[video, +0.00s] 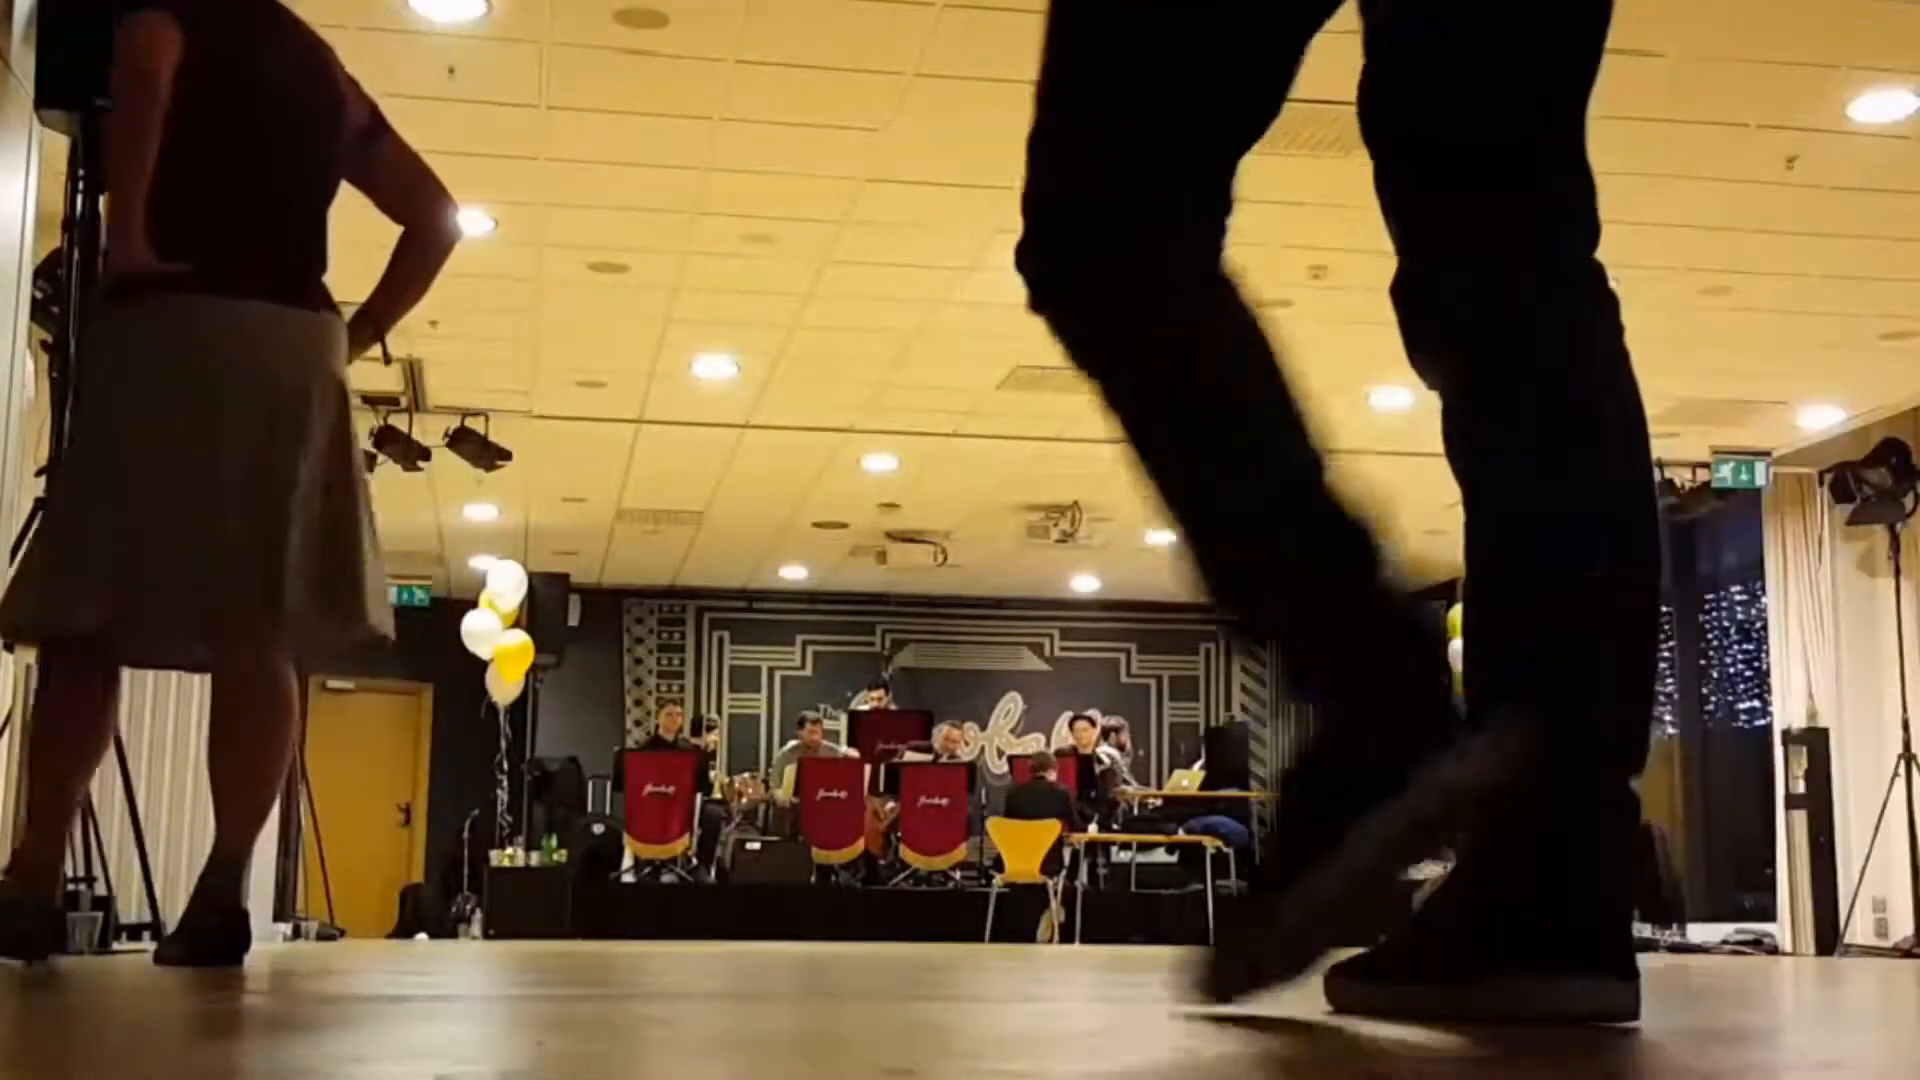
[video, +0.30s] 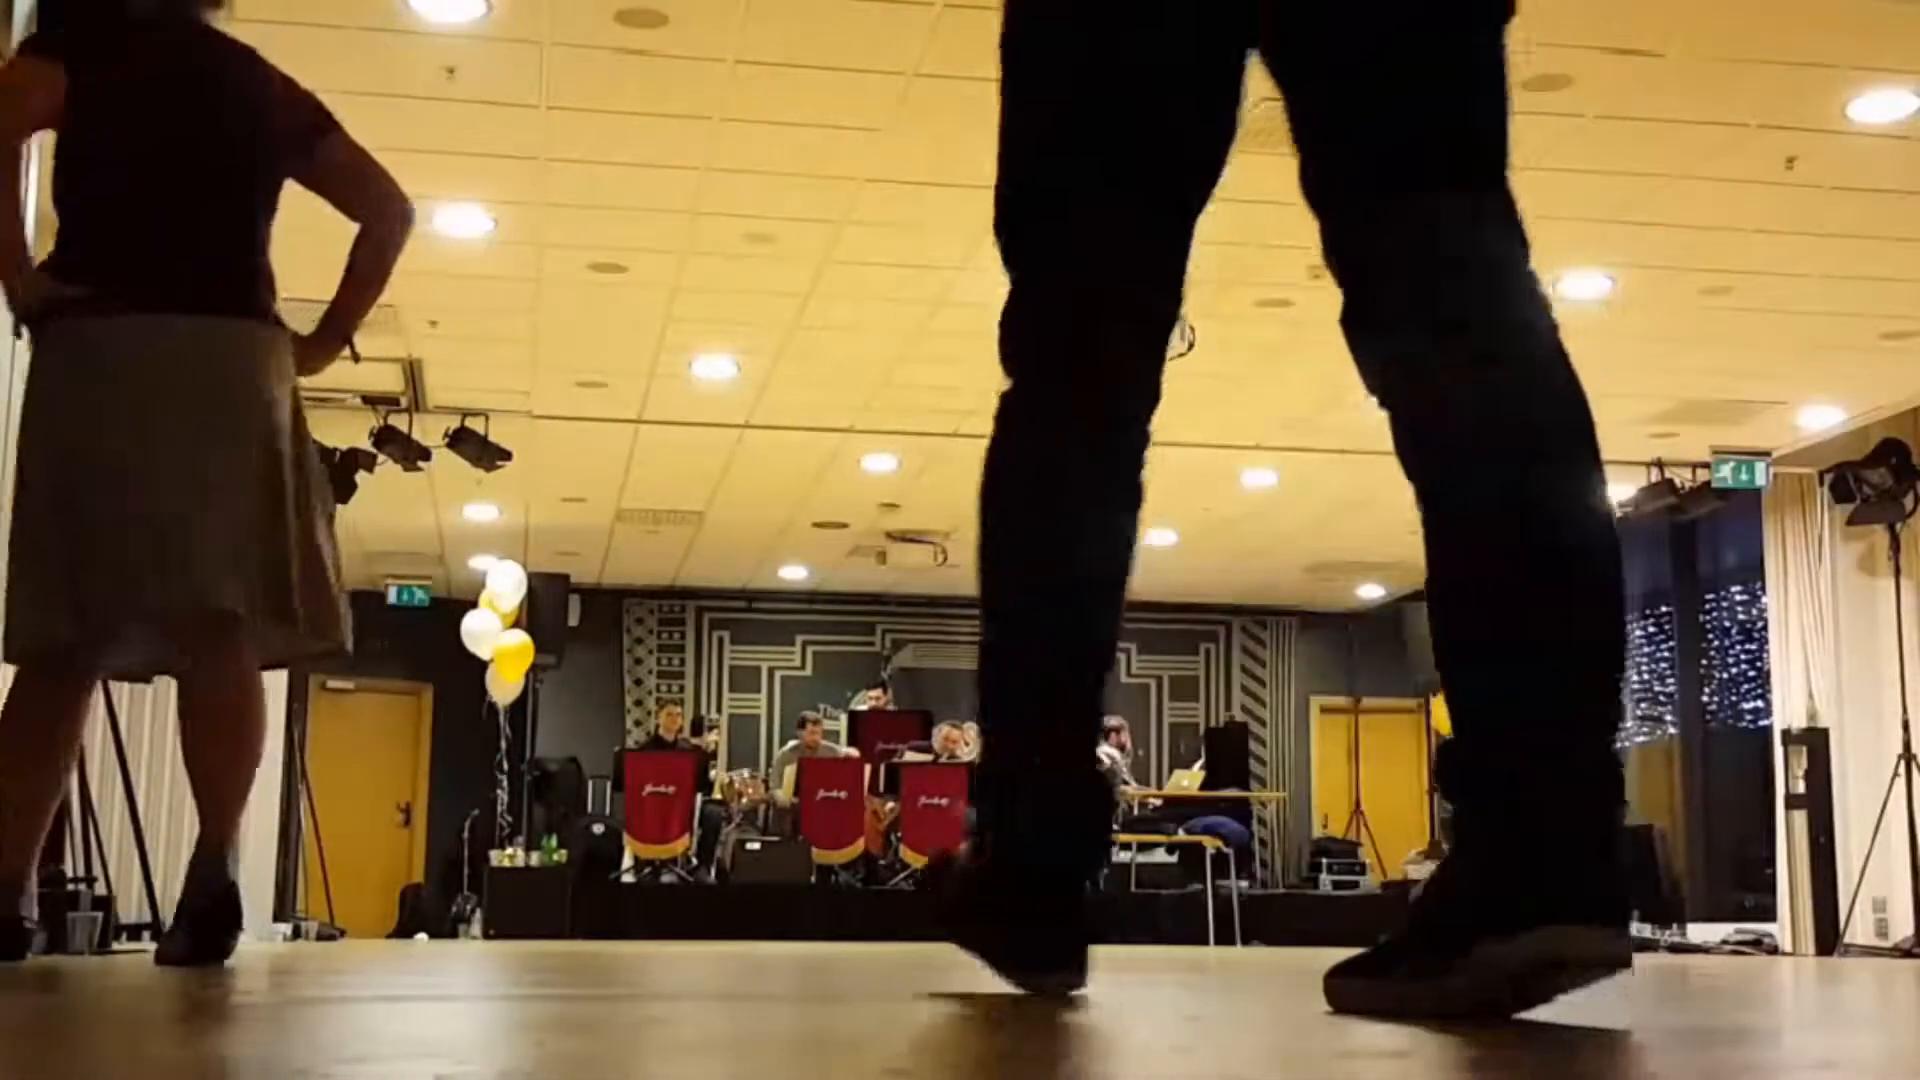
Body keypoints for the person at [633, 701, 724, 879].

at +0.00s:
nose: (673, 719)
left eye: (677, 715)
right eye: (669, 714)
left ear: (682, 720)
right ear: (658, 718)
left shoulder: (692, 751)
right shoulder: (646, 750)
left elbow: (704, 788)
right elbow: (636, 783)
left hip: (683, 806)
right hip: (653, 805)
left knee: (714, 814)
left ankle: (703, 866)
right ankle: (647, 866)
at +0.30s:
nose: (674, 719)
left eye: (678, 715)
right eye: (669, 715)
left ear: (682, 720)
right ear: (659, 718)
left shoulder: (693, 751)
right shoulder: (645, 750)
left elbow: (703, 787)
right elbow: (635, 783)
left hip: (683, 807)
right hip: (652, 806)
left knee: (714, 814)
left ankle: (704, 867)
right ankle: (645, 866)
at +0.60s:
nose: (674, 720)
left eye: (678, 715)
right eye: (669, 715)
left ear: (682, 720)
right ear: (658, 718)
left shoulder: (694, 751)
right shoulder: (644, 750)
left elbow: (704, 789)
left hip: (684, 808)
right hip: (651, 807)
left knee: (713, 813)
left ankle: (704, 867)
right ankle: (645, 866)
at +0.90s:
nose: (674, 719)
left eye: (678, 715)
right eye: (669, 714)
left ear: (682, 721)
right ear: (658, 718)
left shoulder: (695, 752)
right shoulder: (643, 751)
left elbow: (704, 788)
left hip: (684, 807)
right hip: (651, 806)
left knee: (713, 813)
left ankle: (704, 867)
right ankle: (645, 866)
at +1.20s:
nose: (673, 720)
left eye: (677, 715)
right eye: (668, 715)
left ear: (682, 720)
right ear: (658, 718)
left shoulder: (693, 751)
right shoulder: (645, 750)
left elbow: (704, 789)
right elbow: (636, 784)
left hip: (684, 807)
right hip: (652, 805)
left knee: (714, 815)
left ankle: (704, 867)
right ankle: (644, 867)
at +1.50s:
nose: (673, 720)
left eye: (677, 715)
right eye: (668, 715)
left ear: (682, 720)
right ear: (658, 718)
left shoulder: (693, 751)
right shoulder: (645, 750)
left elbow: (704, 789)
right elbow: (636, 784)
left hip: (684, 807)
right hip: (652, 805)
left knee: (714, 815)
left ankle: (704, 866)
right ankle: (644, 866)